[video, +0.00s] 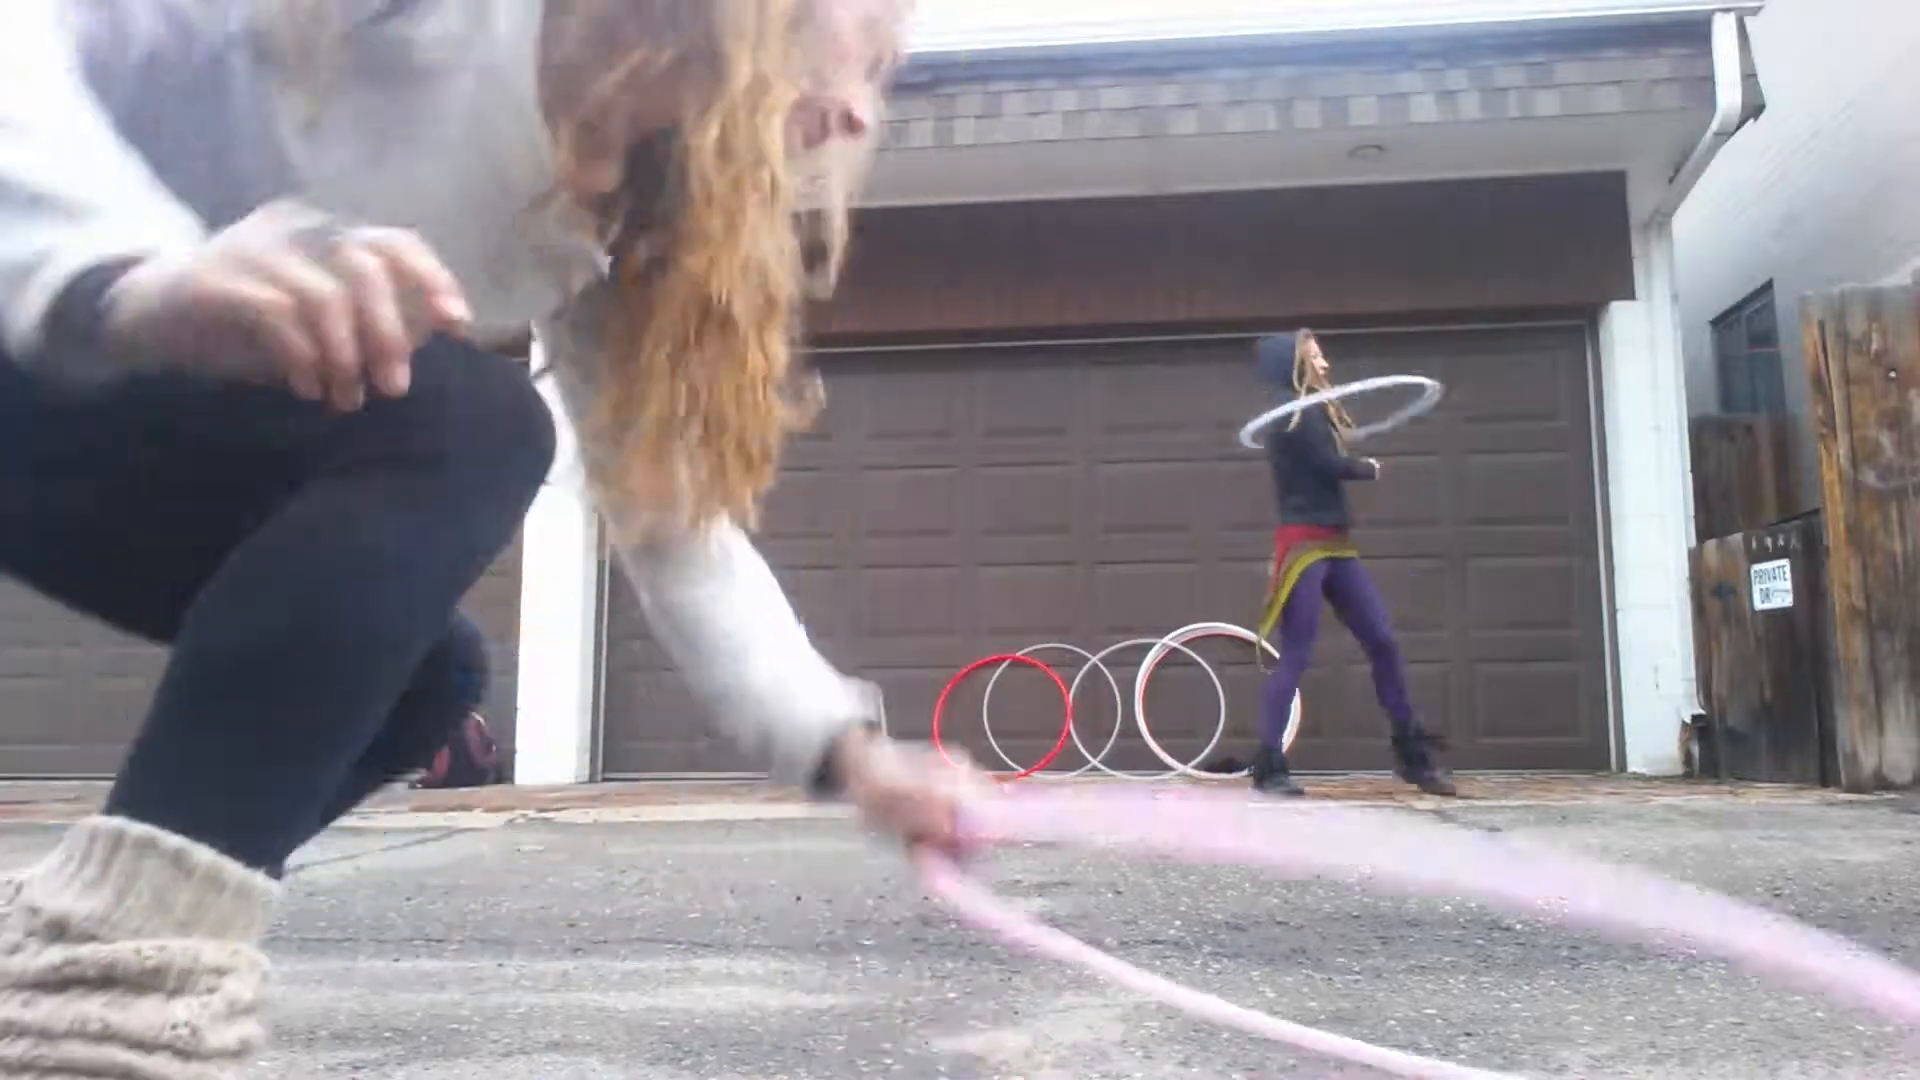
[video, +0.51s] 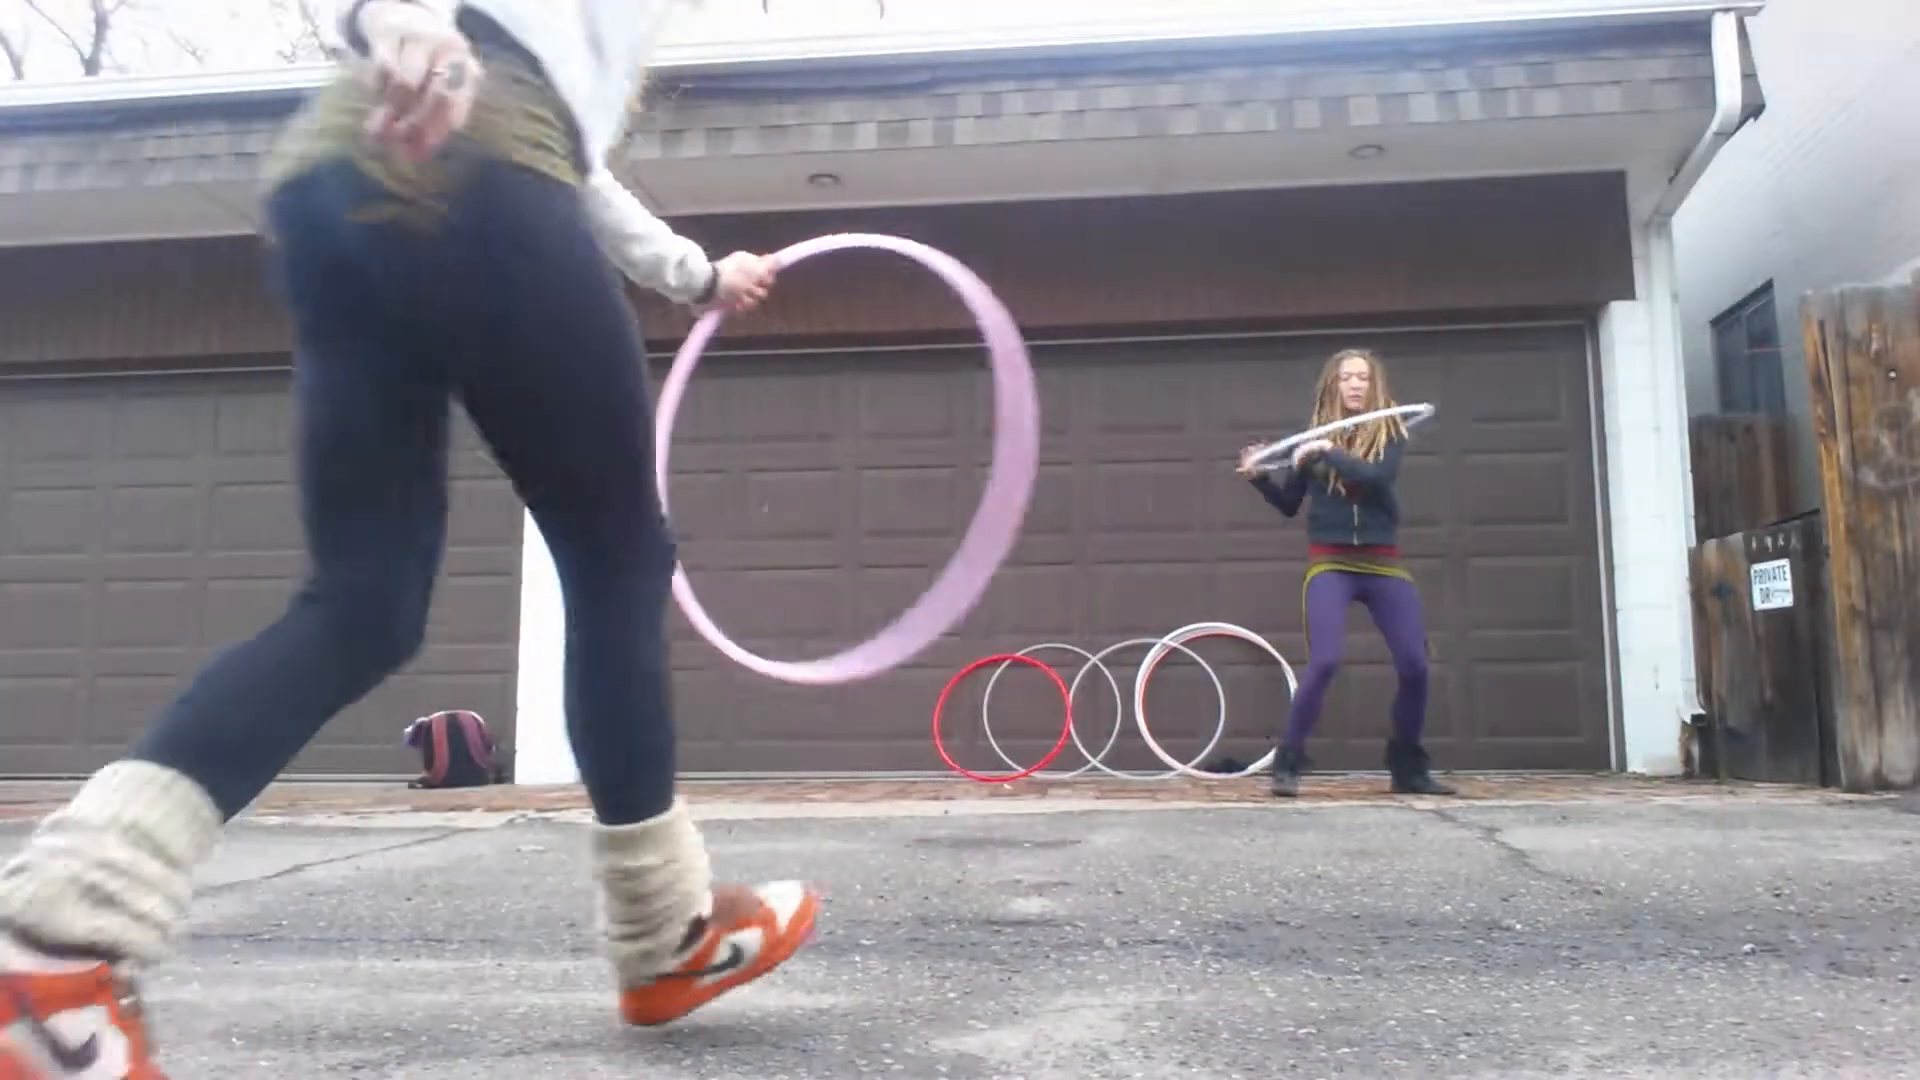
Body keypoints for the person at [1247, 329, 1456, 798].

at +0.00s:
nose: (1324, 363)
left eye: (1321, 355)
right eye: (1314, 357)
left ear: (1307, 363)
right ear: (1295, 367)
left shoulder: (1315, 409)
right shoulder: (1294, 411)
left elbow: (1319, 465)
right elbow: (1324, 463)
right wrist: (1366, 468)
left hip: (1335, 543)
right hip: (1303, 546)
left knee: (1382, 644)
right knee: (1295, 651)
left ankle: (1412, 753)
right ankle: (1269, 762)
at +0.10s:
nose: (1337, 367)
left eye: (1336, 359)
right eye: (1327, 361)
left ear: (1332, 366)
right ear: (1307, 369)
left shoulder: (1336, 417)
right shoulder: (1297, 418)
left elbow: (1348, 476)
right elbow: (1315, 485)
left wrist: (1374, 455)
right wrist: (1373, 489)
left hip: (1356, 548)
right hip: (1315, 551)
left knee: (1387, 654)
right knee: (1309, 655)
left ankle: (1406, 763)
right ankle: (1273, 763)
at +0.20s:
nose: (1344, 377)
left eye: (1349, 369)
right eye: (1335, 370)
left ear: (1358, 376)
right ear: (1318, 377)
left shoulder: (1372, 426)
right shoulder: (1303, 426)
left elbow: (1387, 498)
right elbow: (1293, 492)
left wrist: (1407, 451)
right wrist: (1346, 506)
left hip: (1367, 553)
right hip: (1321, 552)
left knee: (1400, 655)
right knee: (1315, 659)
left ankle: (1407, 763)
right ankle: (1275, 763)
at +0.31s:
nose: (1355, 384)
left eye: (1360, 376)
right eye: (1346, 376)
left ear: (1371, 383)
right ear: (1329, 383)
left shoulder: (1385, 434)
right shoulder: (1308, 431)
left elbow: (1401, 500)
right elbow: (1293, 497)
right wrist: (1282, 492)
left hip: (1381, 559)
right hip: (1330, 558)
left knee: (1414, 662)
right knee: (1324, 658)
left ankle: (1408, 765)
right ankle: (1280, 761)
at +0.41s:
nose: (1360, 385)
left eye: (1368, 378)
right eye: (1351, 378)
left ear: (1379, 385)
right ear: (1336, 386)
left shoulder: (1393, 429)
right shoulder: (1316, 437)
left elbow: (1387, 469)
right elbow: (1292, 503)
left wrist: (1329, 469)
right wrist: (1256, 485)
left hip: (1386, 562)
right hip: (1332, 560)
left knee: (1416, 662)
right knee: (1326, 659)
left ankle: (1408, 766)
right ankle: (1289, 764)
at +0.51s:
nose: (1356, 385)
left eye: (1364, 378)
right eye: (1348, 378)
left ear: (1375, 386)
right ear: (1333, 385)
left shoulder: (1387, 430)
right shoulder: (1313, 438)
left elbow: (1379, 478)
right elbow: (1289, 503)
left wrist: (1329, 454)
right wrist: (1261, 476)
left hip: (1383, 563)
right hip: (1329, 562)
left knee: (1415, 666)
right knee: (1325, 660)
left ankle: (1407, 769)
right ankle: (1287, 763)